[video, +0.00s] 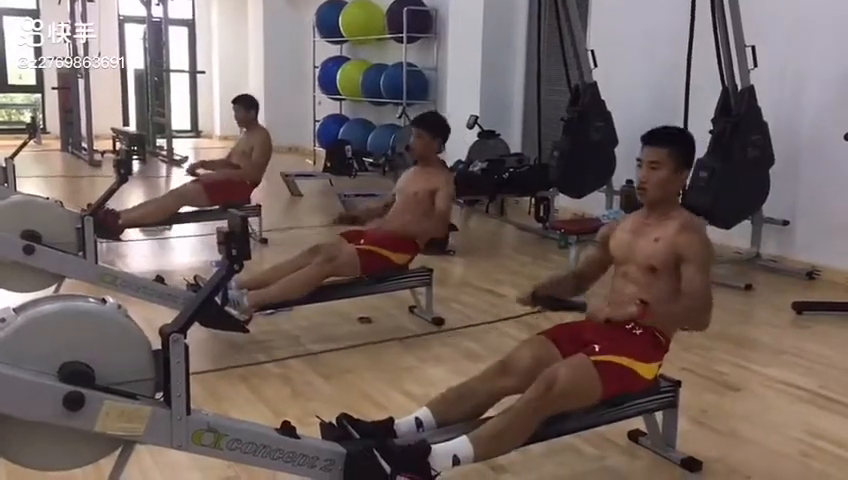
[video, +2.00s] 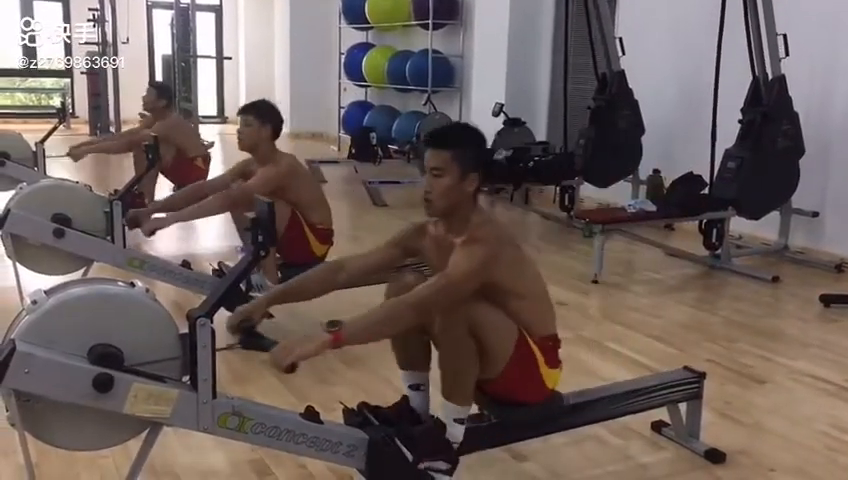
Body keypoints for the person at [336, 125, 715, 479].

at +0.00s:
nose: (643, 175)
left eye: (656, 167)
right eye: (641, 165)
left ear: (682, 176)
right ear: (638, 170)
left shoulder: (689, 233)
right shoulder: (622, 227)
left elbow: (699, 315)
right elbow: (579, 278)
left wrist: (643, 308)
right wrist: (544, 292)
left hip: (637, 344)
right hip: (592, 330)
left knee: (548, 386)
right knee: (506, 368)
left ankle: (433, 461)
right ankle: (396, 431)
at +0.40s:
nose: (620, 170)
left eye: (632, 163)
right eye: (618, 160)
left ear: (660, 170)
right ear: (613, 162)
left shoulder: (673, 227)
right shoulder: (604, 219)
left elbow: (643, 302)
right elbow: (546, 266)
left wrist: (582, 325)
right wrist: (496, 296)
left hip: (644, 343)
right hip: (601, 327)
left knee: (551, 390)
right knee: (509, 372)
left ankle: (439, 460)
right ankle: (402, 429)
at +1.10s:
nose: (590, 164)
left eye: (603, 156)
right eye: (589, 154)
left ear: (633, 164)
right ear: (585, 156)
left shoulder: (649, 221)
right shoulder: (579, 214)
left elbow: (601, 289)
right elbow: (509, 255)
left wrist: (532, 320)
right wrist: (454, 284)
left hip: (638, 344)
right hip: (593, 319)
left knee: (542, 349)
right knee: (500, 337)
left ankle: (449, 449)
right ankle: (416, 420)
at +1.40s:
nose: (552, 164)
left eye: (565, 155)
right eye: (552, 153)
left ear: (595, 165)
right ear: (548, 156)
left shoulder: (610, 224)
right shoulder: (543, 214)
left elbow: (558, 283)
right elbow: (471, 254)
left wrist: (483, 317)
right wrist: (411, 284)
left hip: (611, 350)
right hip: (568, 333)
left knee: (523, 329)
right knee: (474, 310)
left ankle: (450, 447)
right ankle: (417, 417)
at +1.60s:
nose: (511, 168)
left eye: (524, 159)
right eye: (511, 158)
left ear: (556, 167)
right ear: (510, 159)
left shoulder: (570, 226)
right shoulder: (505, 218)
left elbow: (518, 289)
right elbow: (433, 256)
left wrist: (439, 319)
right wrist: (364, 287)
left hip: (583, 358)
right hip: (539, 341)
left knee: (500, 320)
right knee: (448, 295)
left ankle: (449, 446)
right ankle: (417, 416)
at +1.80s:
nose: (461, 176)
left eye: (474, 166)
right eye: (461, 165)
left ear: (509, 175)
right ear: (459, 167)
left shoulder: (522, 237)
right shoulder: (464, 224)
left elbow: (464, 301)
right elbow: (383, 264)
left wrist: (377, 329)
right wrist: (310, 293)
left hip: (550, 374)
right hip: (504, 364)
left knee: (472, 310)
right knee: (422, 291)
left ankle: (448, 444)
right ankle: (417, 414)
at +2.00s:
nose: (426, 186)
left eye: (438, 175)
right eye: (425, 174)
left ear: (471, 182)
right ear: (425, 176)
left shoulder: (484, 246)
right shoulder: (425, 234)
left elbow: (420, 307)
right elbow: (342, 271)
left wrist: (327, 339)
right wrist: (266, 300)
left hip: (529, 376)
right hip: (482, 364)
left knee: (453, 308)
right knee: (403, 285)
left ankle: (450, 437)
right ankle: (417, 410)